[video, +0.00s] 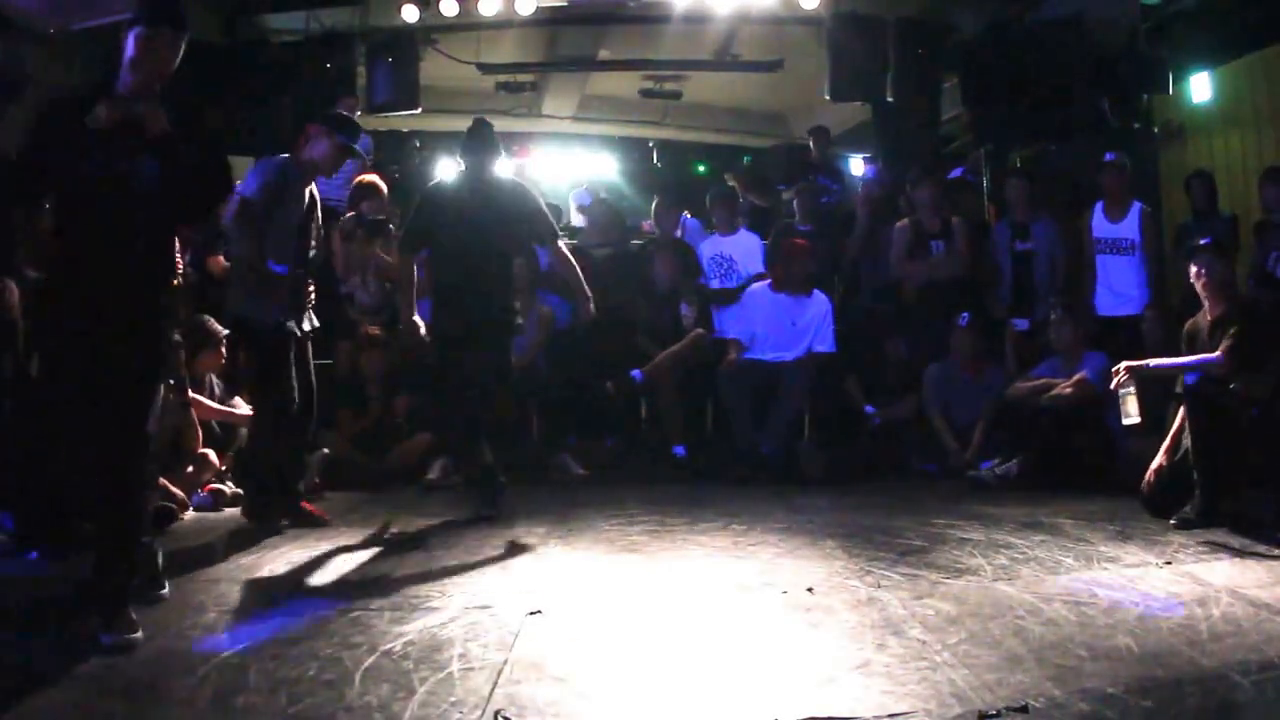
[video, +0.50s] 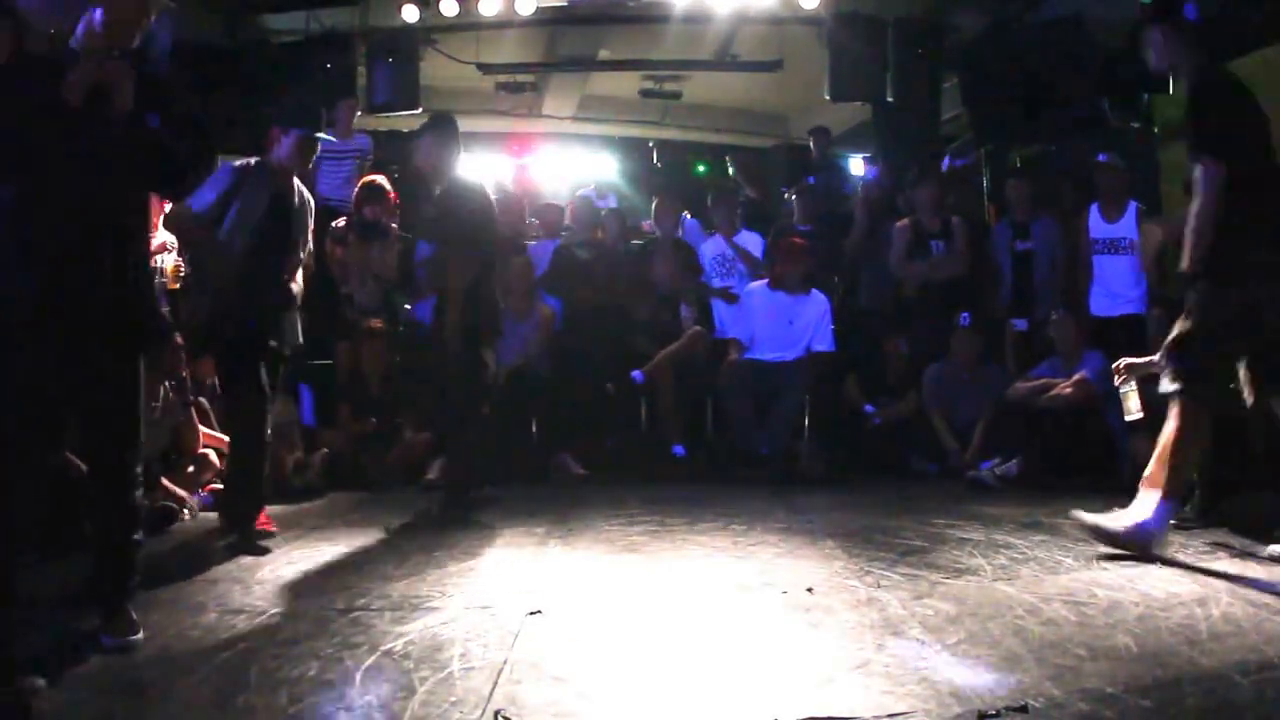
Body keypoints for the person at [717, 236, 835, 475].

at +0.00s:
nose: (806, 268)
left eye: (807, 261)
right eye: (798, 261)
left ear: (810, 265)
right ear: (778, 266)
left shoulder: (819, 302)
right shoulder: (755, 294)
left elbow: (823, 351)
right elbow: (737, 336)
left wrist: (802, 363)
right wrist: (733, 355)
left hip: (792, 363)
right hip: (755, 363)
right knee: (730, 375)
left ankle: (773, 451)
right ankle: (746, 449)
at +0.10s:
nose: (804, 269)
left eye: (805, 262)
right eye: (796, 262)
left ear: (809, 265)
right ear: (777, 266)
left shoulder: (819, 302)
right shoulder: (755, 293)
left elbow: (823, 350)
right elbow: (738, 336)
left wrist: (802, 361)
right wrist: (733, 354)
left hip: (792, 363)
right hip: (756, 362)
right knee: (730, 373)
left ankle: (772, 449)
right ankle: (745, 447)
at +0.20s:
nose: (805, 267)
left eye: (807, 260)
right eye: (797, 261)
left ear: (810, 265)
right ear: (778, 266)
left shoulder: (819, 302)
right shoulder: (755, 293)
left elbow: (823, 352)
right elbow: (738, 336)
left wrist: (803, 363)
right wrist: (733, 354)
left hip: (791, 364)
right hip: (755, 363)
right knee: (730, 375)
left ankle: (772, 450)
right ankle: (747, 447)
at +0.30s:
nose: (794, 268)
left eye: (800, 261)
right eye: (787, 261)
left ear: (809, 265)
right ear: (773, 265)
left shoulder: (818, 302)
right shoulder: (754, 293)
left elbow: (823, 351)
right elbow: (738, 336)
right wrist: (733, 354)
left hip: (791, 363)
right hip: (755, 362)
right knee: (732, 375)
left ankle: (772, 449)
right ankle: (748, 448)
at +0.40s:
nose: (786, 268)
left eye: (795, 261)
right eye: (782, 261)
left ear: (807, 265)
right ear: (773, 264)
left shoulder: (818, 302)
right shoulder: (753, 293)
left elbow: (822, 351)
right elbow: (737, 336)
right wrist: (733, 354)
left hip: (792, 365)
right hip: (755, 364)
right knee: (732, 375)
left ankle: (776, 447)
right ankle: (746, 447)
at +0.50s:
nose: (793, 268)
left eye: (799, 261)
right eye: (787, 261)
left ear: (807, 265)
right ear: (775, 264)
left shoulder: (818, 302)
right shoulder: (753, 293)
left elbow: (822, 352)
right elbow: (737, 339)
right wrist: (733, 356)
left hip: (791, 364)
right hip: (755, 363)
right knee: (733, 373)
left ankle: (775, 450)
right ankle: (746, 448)